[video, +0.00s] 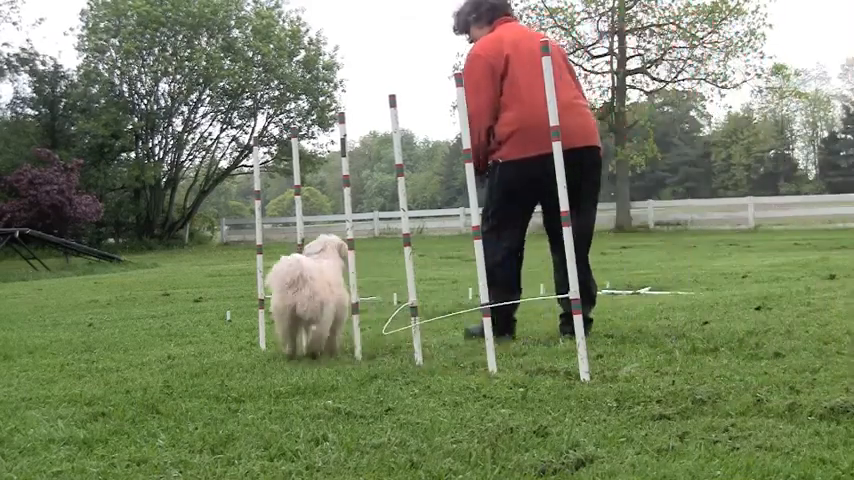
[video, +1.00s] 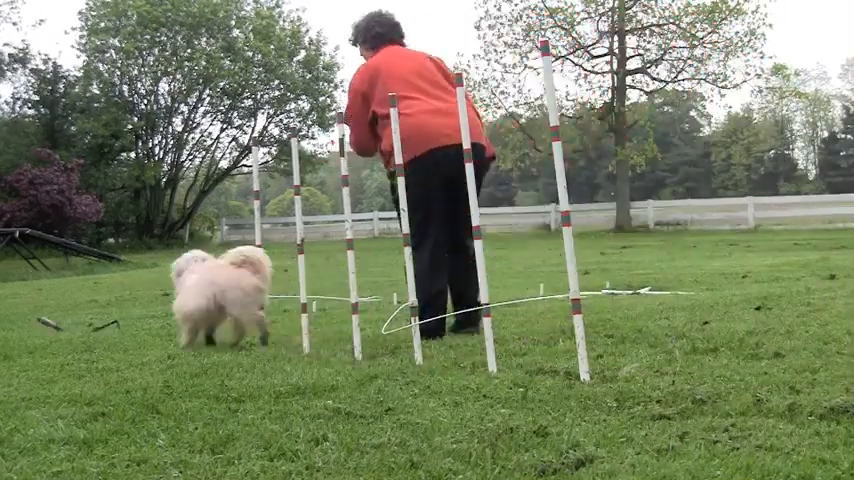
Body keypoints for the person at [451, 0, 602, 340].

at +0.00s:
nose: (470, 41)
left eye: (469, 33)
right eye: (467, 35)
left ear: (480, 21)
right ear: (506, 16)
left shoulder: (484, 51)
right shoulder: (549, 43)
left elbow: (479, 117)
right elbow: (575, 92)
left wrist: (479, 163)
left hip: (524, 150)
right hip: (582, 144)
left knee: (501, 235)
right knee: (572, 234)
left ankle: (499, 322)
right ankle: (577, 319)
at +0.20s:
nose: (444, 54)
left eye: (444, 46)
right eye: (442, 48)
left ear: (457, 35)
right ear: (480, 31)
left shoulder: (456, 65)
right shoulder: (521, 55)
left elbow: (449, 134)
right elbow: (552, 104)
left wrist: (450, 186)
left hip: (501, 160)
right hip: (557, 152)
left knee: (472, 245)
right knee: (558, 240)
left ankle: (441, 320)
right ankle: (574, 318)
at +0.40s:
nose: (399, 75)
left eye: (400, 68)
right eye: (397, 69)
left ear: (411, 59)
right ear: (434, 54)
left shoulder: (409, 90)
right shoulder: (474, 71)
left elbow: (391, 160)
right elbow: (511, 113)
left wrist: (367, 202)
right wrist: (533, 154)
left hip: (459, 169)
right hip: (517, 155)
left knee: (440, 248)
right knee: (541, 238)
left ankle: (430, 328)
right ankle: (569, 318)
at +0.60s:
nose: (368, 83)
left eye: (367, 78)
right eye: (366, 78)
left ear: (374, 71)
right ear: (402, 62)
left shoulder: (377, 93)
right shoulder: (440, 76)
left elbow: (358, 148)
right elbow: (474, 105)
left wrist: (322, 145)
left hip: (437, 160)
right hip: (493, 147)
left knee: (427, 245)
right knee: (514, 232)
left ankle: (429, 325)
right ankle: (555, 292)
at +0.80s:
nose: (359, 74)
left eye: (359, 68)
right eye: (357, 69)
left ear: (368, 59)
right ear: (394, 52)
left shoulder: (368, 82)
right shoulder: (430, 67)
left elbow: (361, 153)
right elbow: (460, 101)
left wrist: (342, 150)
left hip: (429, 152)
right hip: (481, 141)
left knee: (427, 241)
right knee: (486, 230)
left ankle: (430, 324)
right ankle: (525, 289)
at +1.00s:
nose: (361, 55)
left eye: (361, 49)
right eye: (360, 49)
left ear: (369, 44)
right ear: (398, 39)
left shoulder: (366, 73)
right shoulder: (431, 60)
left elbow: (363, 146)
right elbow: (464, 101)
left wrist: (378, 124)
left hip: (423, 153)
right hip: (474, 147)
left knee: (427, 238)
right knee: (461, 234)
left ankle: (431, 326)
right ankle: (468, 317)